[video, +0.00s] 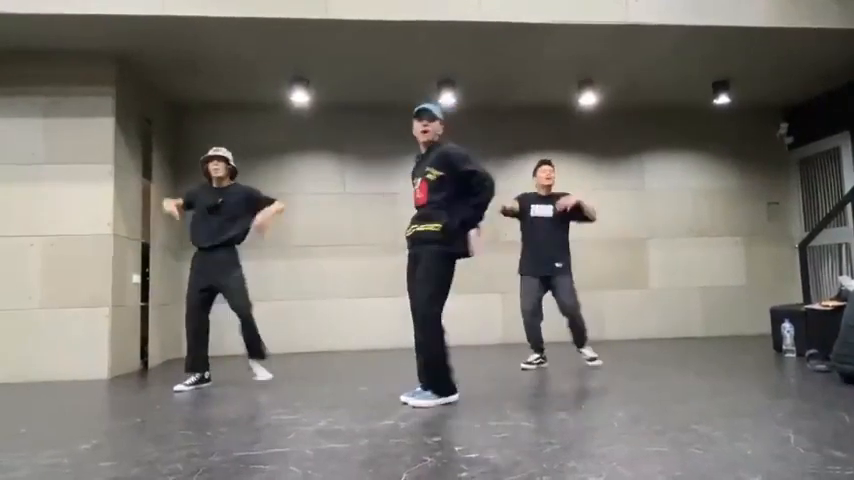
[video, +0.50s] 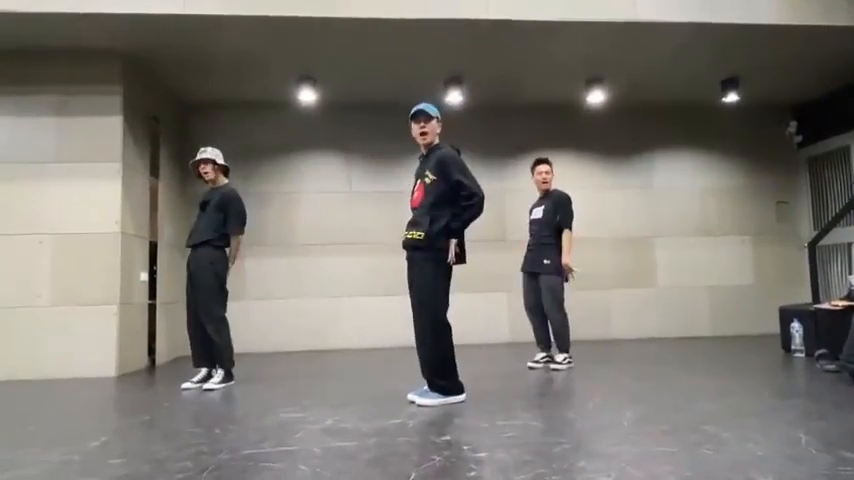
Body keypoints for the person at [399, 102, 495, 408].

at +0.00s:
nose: (425, 126)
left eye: (431, 121)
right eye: (420, 121)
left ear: (441, 126)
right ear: (413, 127)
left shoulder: (451, 154)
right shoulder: (421, 164)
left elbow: (484, 185)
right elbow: (434, 198)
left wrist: (461, 222)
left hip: (440, 246)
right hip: (419, 245)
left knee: (427, 314)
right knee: (420, 314)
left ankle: (442, 387)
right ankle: (430, 383)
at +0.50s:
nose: (421, 127)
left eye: (427, 121)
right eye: (416, 123)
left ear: (438, 125)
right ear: (411, 129)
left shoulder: (445, 156)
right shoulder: (425, 161)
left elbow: (475, 198)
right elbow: (439, 201)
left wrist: (451, 231)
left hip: (434, 252)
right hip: (419, 251)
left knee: (433, 318)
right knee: (424, 319)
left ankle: (448, 386)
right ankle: (436, 383)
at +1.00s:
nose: (425, 123)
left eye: (431, 118)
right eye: (420, 119)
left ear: (444, 123)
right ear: (416, 126)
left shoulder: (451, 157)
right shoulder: (427, 163)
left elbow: (477, 202)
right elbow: (437, 205)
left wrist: (456, 233)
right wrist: (452, 237)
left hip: (440, 253)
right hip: (422, 252)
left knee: (433, 317)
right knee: (412, 310)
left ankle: (454, 384)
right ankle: (439, 380)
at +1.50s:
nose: (419, 121)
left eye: (424, 115)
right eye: (414, 117)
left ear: (438, 119)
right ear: (410, 124)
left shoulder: (445, 153)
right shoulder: (420, 160)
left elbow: (441, 199)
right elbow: (415, 207)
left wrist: (398, 210)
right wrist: (395, 240)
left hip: (432, 250)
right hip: (412, 248)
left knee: (440, 316)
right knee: (399, 317)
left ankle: (459, 380)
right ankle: (377, 380)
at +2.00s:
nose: (390, 120)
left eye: (396, 114)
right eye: (387, 116)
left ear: (414, 118)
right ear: (390, 123)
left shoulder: (416, 146)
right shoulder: (406, 149)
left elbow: (425, 193)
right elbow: (404, 199)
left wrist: (397, 223)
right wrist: (384, 219)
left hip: (419, 244)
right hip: (404, 243)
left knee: (423, 308)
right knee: (392, 307)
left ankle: (460, 375)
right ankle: (384, 375)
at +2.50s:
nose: (398, 127)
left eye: (404, 122)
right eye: (395, 123)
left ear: (419, 125)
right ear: (394, 128)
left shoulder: (426, 152)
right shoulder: (409, 156)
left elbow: (426, 202)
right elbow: (400, 199)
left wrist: (396, 234)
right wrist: (387, 230)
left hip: (414, 246)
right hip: (394, 244)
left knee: (414, 308)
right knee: (372, 303)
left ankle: (461, 372)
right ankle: (381, 371)